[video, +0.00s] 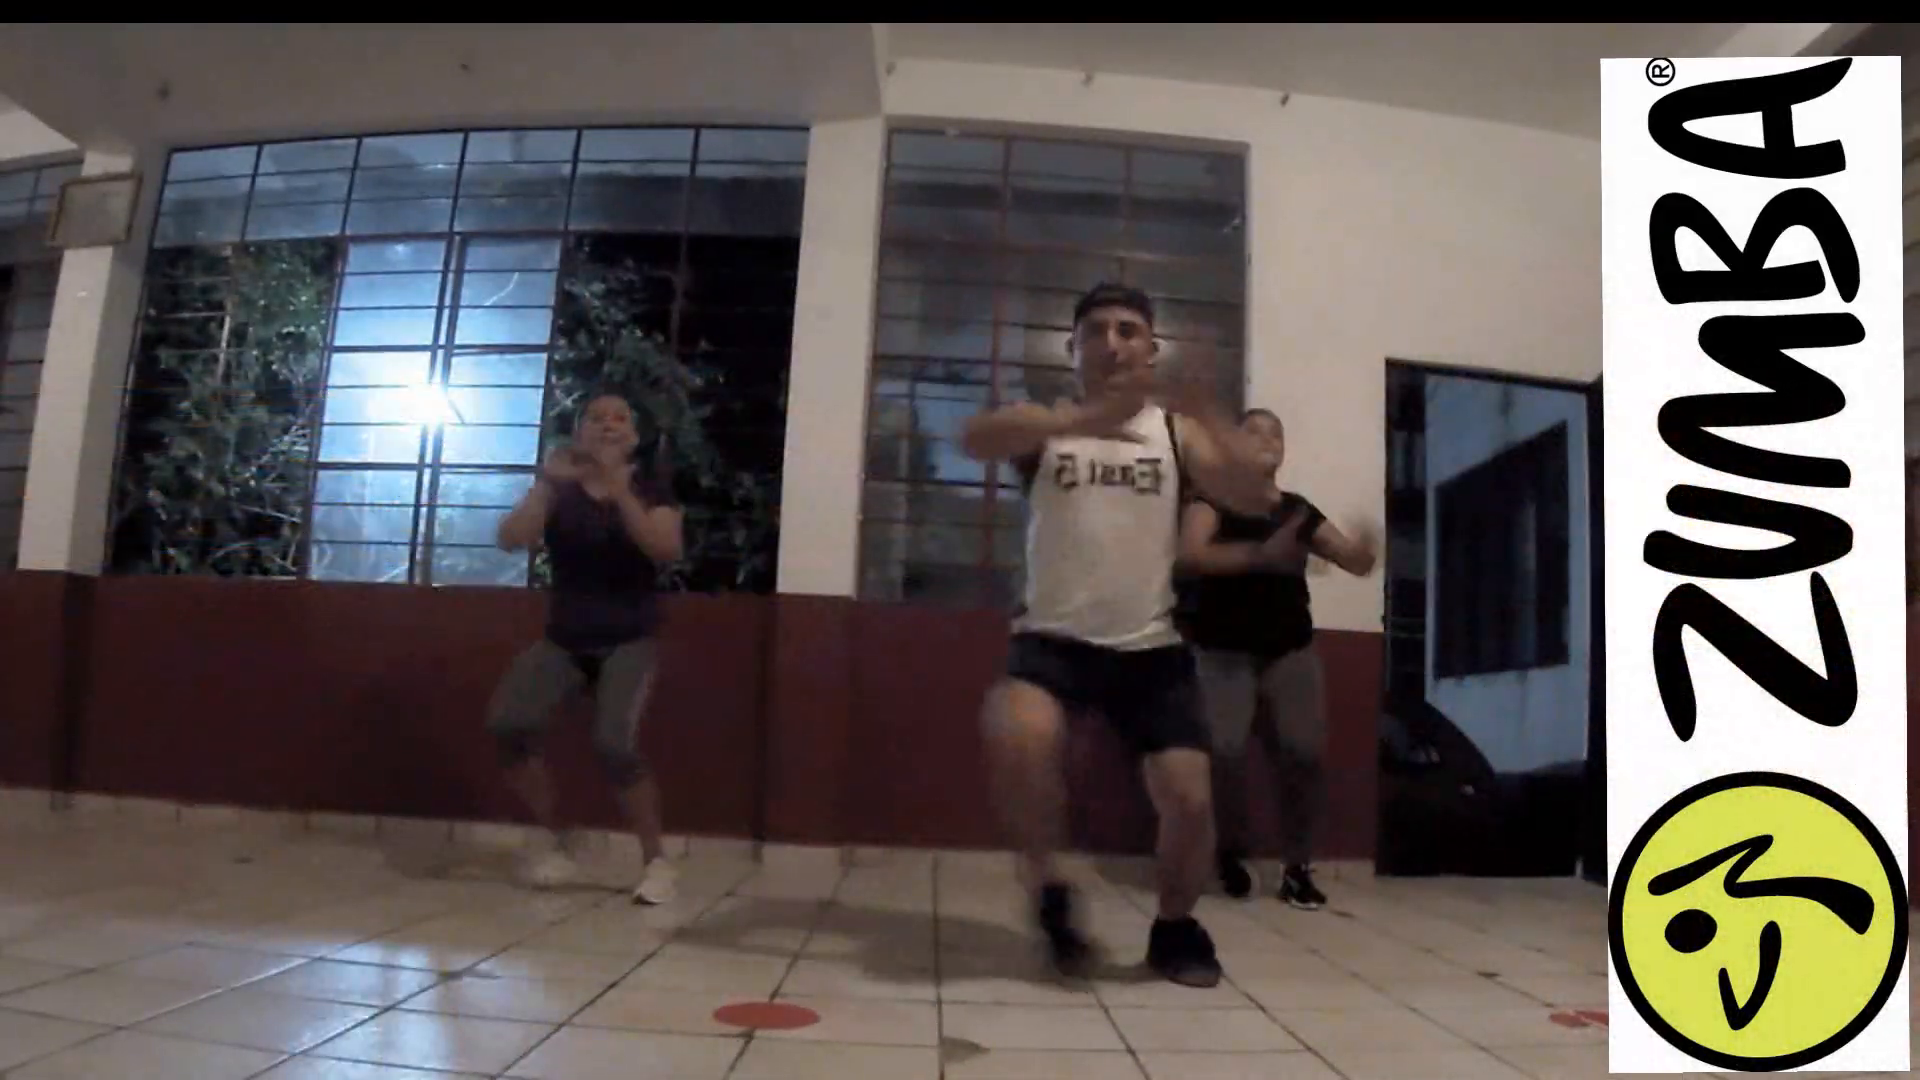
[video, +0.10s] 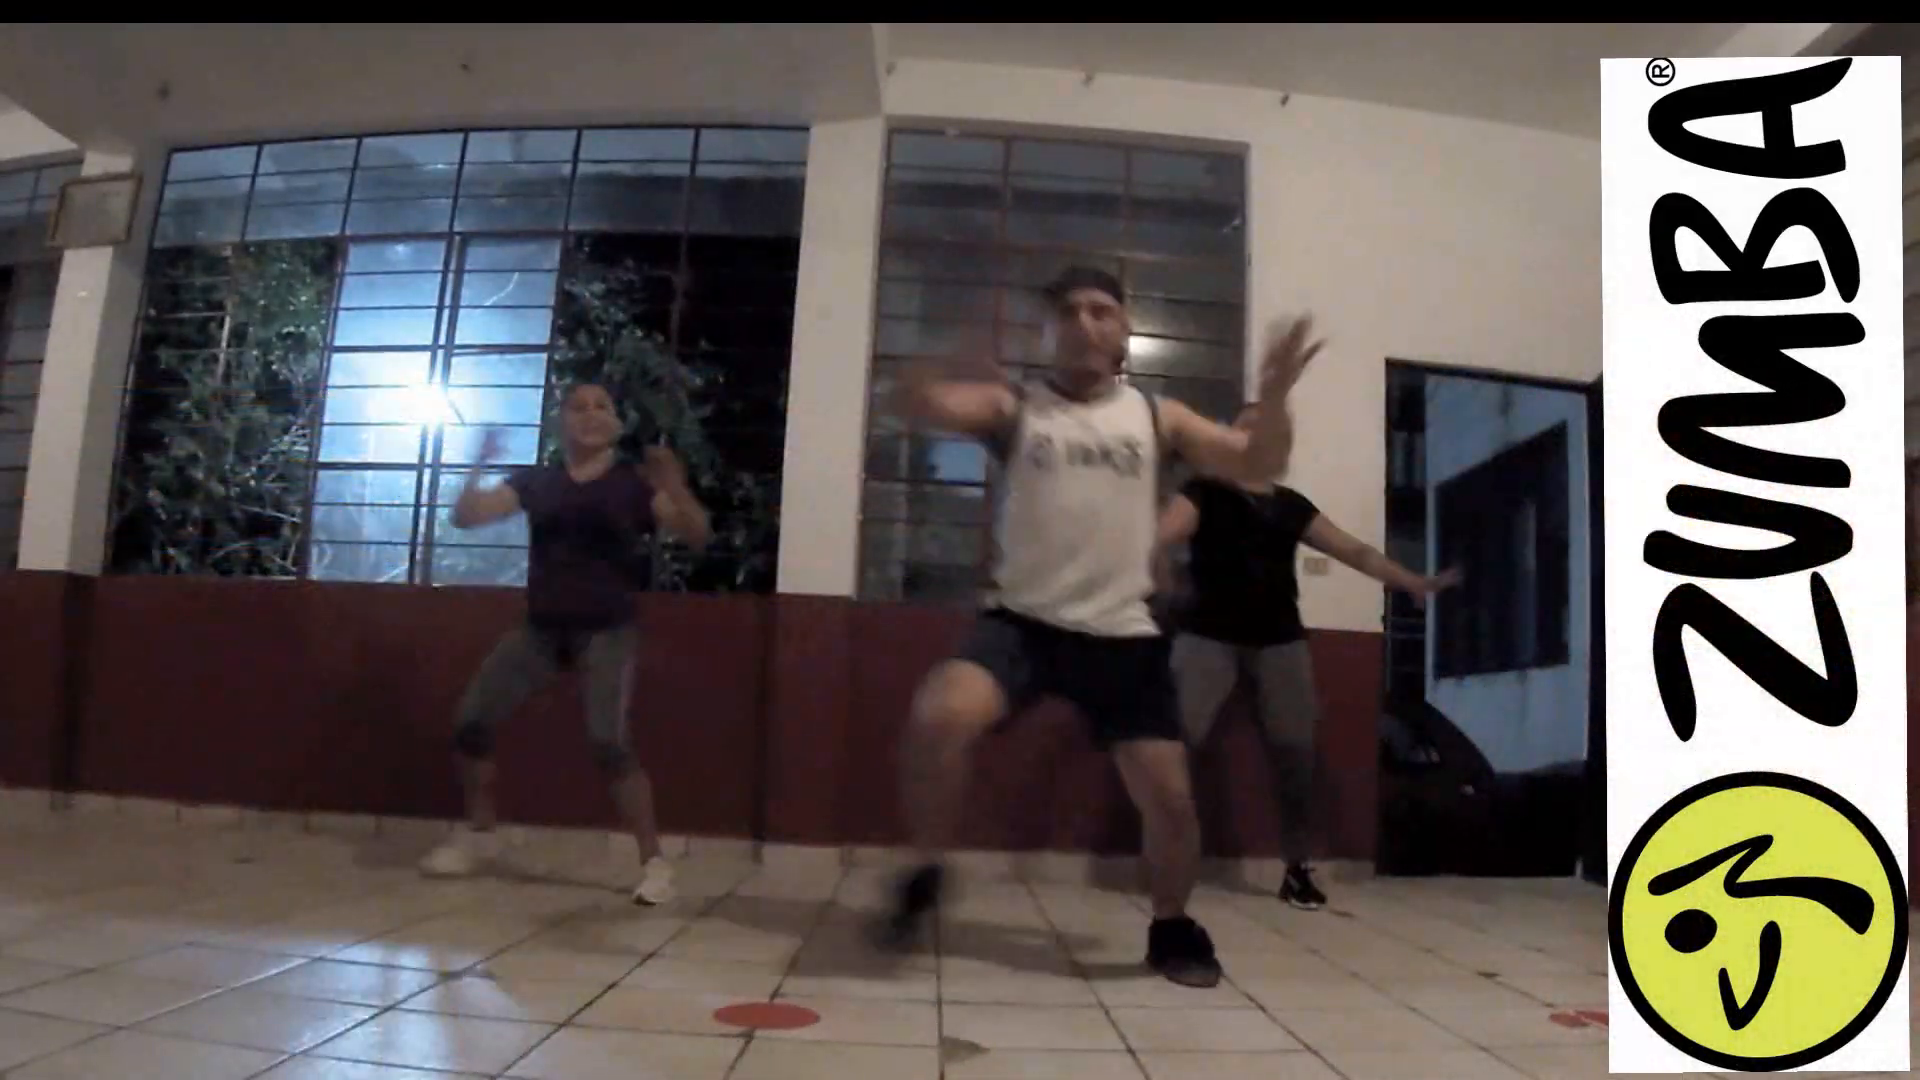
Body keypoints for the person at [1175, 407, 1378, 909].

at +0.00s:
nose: (1267, 443)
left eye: (1274, 436)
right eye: (1255, 434)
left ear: (1283, 449)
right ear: (1233, 444)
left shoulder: (1295, 511)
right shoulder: (1210, 502)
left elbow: (1356, 562)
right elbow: (1192, 555)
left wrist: (1363, 543)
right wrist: (1262, 554)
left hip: (1288, 648)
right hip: (1223, 648)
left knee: (1304, 753)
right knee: (1226, 754)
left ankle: (1297, 866)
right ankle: (1229, 855)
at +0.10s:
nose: (1259, 448)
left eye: (1268, 439)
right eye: (1249, 437)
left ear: (1279, 448)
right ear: (1230, 443)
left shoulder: (1289, 506)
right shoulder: (1203, 496)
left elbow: (1353, 551)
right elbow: (1159, 538)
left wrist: (1414, 583)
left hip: (1278, 642)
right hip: (1208, 638)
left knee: (1295, 749)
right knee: (1176, 749)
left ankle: (1298, 867)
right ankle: (1166, 863)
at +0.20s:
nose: (1249, 431)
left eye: (1254, 424)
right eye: (1239, 423)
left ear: (1260, 436)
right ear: (1216, 432)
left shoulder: (1271, 494)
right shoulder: (1184, 479)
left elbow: (1344, 535)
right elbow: (1111, 501)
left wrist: (1428, 556)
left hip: (1258, 632)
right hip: (1187, 627)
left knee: (1283, 743)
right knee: (1149, 739)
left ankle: (1296, 867)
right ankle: (1102, 848)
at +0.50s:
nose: (1169, 436)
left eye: (1178, 430)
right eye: (1160, 427)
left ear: (1189, 446)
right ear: (1141, 438)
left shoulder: (1192, 505)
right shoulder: (1109, 485)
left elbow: (1261, 537)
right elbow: (1054, 472)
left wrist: (1337, 537)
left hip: (1175, 638)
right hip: (1106, 637)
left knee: (1218, 741)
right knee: (1090, 747)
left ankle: (1254, 865)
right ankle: (1061, 858)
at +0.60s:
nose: (1154, 407)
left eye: (1161, 402)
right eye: (1143, 400)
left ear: (1171, 417)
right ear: (1122, 414)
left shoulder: (1186, 469)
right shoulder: (1102, 460)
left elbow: (1236, 502)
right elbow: (1031, 449)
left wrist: (1268, 520)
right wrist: (1044, 449)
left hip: (1174, 605)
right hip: (1107, 606)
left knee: (1195, 720)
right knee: (1093, 725)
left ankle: (1183, 842)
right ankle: (1063, 846)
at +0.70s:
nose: (1147, 401)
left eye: (1155, 394)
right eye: (1135, 393)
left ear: (1166, 408)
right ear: (1114, 406)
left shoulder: (1183, 458)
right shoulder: (1097, 450)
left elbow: (1231, 510)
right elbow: (1032, 477)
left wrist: (1235, 534)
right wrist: (1072, 469)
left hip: (1171, 601)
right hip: (1105, 599)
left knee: (1167, 722)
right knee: (1093, 720)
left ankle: (1134, 825)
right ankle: (1075, 839)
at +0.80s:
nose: (1141, 422)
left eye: (1149, 414)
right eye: (1129, 415)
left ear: (1163, 427)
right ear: (1112, 431)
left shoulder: (1186, 490)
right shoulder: (1092, 487)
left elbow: (1210, 562)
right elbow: (1047, 535)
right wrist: (1046, 524)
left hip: (1162, 632)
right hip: (1099, 629)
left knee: (1142, 744)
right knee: (1095, 739)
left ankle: (1109, 846)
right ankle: (1081, 853)